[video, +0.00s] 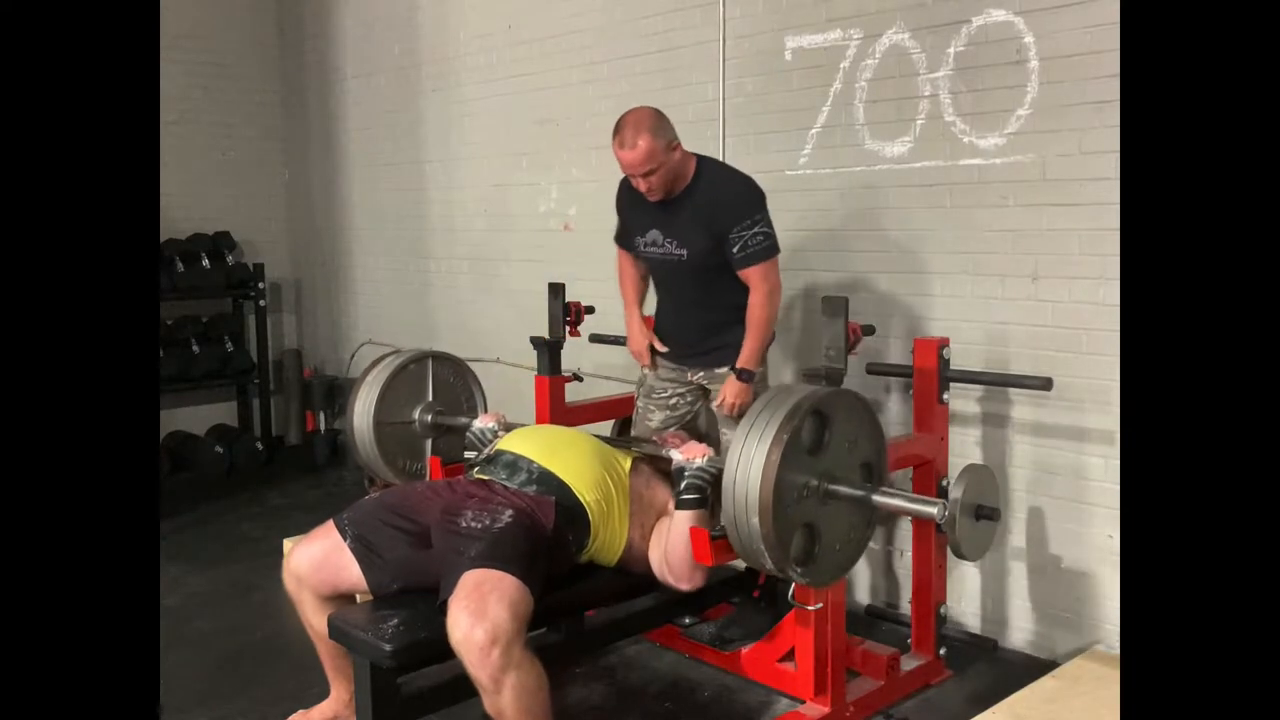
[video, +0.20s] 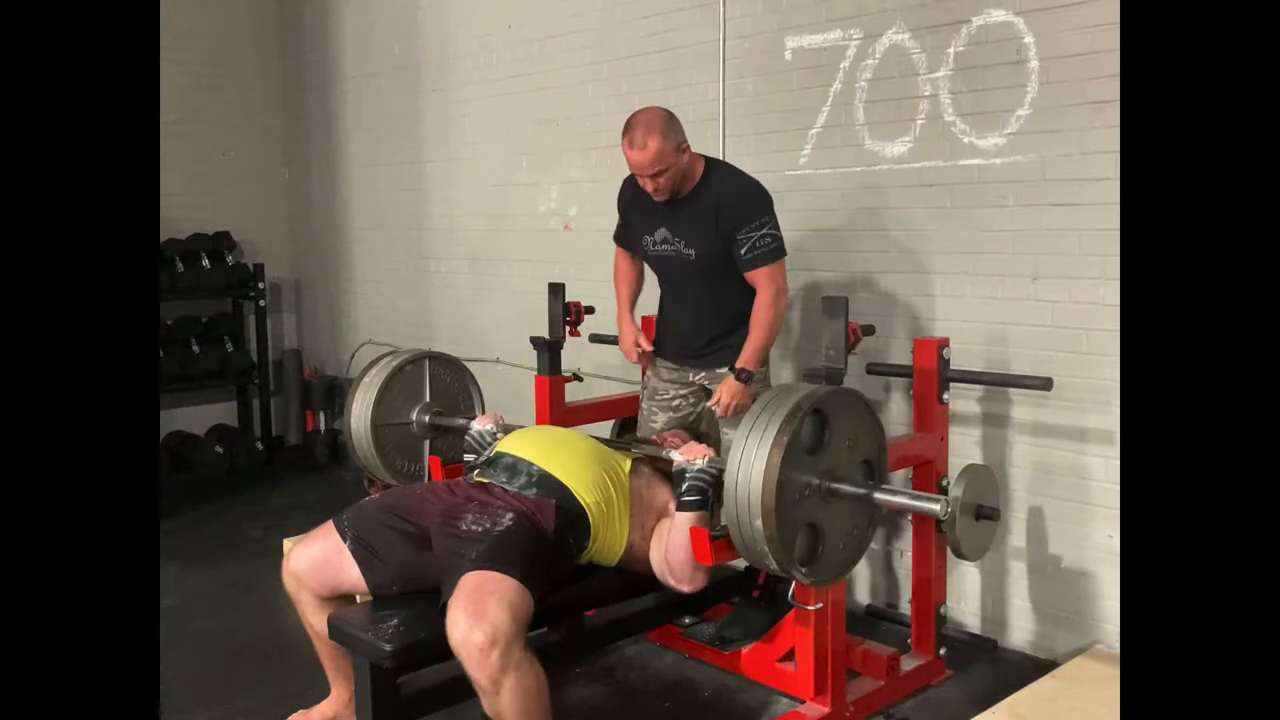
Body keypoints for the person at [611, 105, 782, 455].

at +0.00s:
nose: (640, 186)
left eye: (648, 173)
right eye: (631, 176)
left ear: (676, 151)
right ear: (622, 164)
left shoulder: (733, 194)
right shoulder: (631, 194)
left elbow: (766, 287)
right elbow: (630, 254)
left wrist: (744, 373)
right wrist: (634, 319)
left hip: (731, 366)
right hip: (667, 363)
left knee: (738, 480)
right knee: (649, 473)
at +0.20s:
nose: (647, 186)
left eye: (657, 174)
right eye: (638, 175)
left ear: (684, 153)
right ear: (630, 161)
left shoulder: (740, 197)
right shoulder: (634, 194)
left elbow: (774, 290)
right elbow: (628, 252)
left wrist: (743, 375)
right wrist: (625, 319)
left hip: (734, 370)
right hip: (669, 367)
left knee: (739, 487)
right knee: (653, 482)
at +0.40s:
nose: (644, 188)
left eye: (652, 176)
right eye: (635, 178)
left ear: (680, 155)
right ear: (624, 164)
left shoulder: (734, 199)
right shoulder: (626, 203)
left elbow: (765, 294)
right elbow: (616, 265)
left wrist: (726, 369)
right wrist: (606, 327)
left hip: (736, 362)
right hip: (668, 361)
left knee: (737, 478)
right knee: (659, 479)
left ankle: (762, 596)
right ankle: (678, 595)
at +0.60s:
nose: (646, 185)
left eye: (654, 172)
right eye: (635, 175)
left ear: (680, 150)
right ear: (624, 162)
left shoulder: (733, 197)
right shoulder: (626, 203)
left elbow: (769, 288)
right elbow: (618, 266)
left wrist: (726, 356)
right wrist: (610, 327)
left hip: (741, 356)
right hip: (670, 358)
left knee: (746, 468)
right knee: (669, 461)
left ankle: (769, 589)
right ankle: (706, 575)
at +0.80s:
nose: (651, 184)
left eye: (658, 170)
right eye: (639, 175)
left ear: (681, 146)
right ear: (626, 163)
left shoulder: (736, 193)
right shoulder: (629, 201)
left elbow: (775, 281)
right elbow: (614, 258)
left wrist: (731, 339)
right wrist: (604, 299)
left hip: (741, 353)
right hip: (675, 354)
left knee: (749, 467)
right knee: (667, 457)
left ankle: (769, 588)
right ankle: (696, 578)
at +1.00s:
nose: (656, 181)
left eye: (662, 166)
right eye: (643, 172)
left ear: (682, 140)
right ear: (628, 163)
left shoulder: (738, 192)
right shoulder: (627, 199)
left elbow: (774, 280)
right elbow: (583, 247)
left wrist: (720, 321)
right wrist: (567, 291)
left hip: (746, 347)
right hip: (677, 351)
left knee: (751, 465)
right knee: (666, 460)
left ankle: (770, 593)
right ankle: (700, 583)